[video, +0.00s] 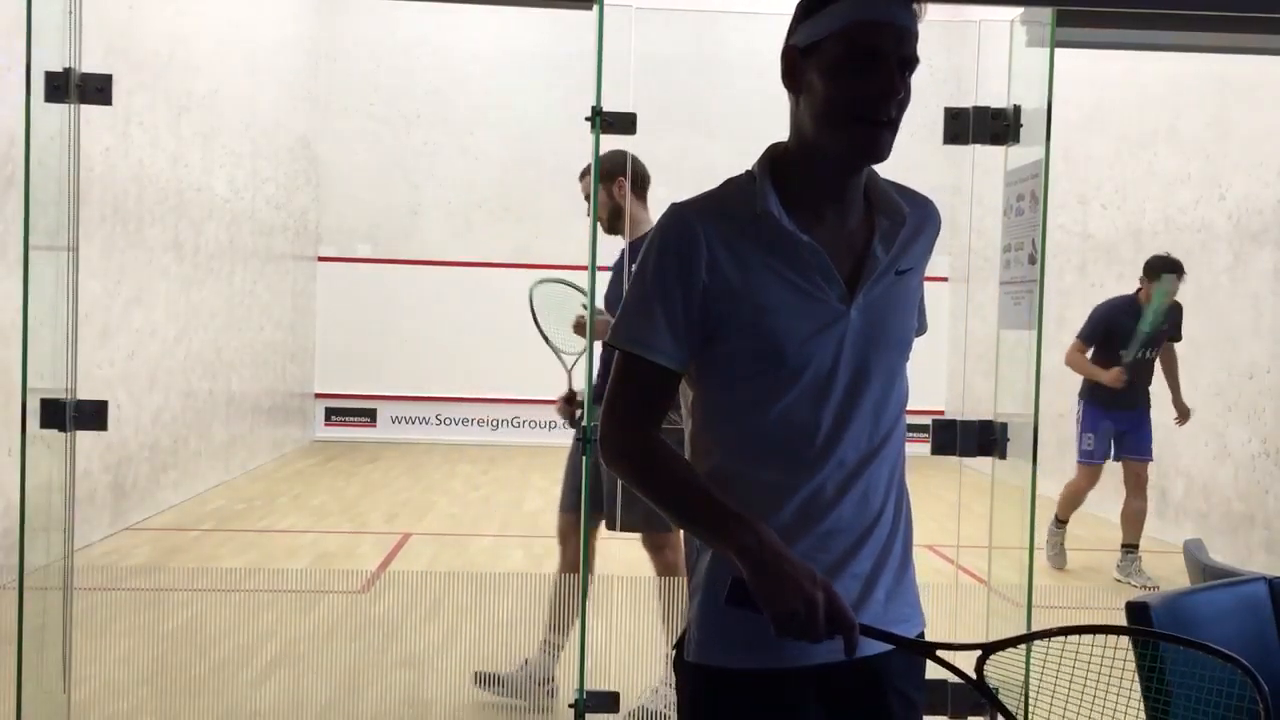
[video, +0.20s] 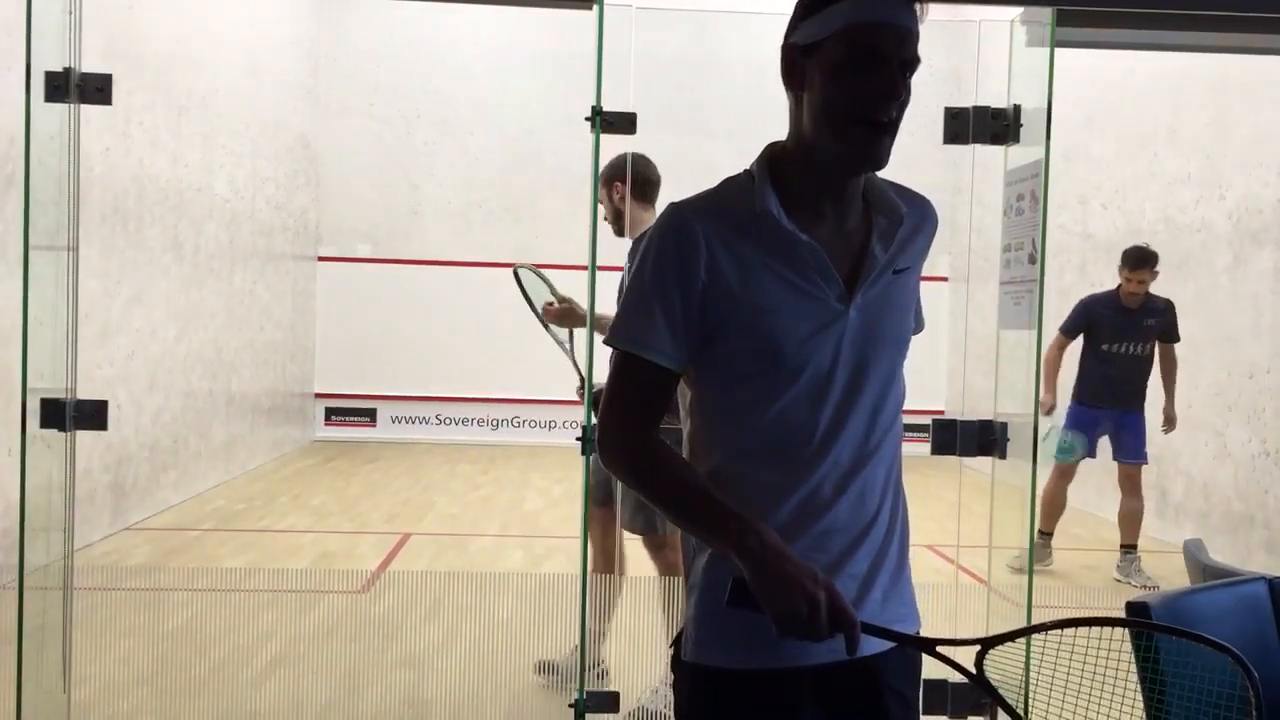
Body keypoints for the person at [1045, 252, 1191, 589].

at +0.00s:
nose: (1170, 296)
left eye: (1174, 289)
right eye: (1164, 289)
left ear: (1176, 289)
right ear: (1144, 284)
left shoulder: (1171, 312)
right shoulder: (1111, 311)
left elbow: (1167, 351)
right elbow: (1072, 357)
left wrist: (1177, 398)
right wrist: (1102, 374)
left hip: (1136, 407)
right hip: (1098, 405)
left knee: (1137, 482)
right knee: (1087, 478)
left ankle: (1128, 561)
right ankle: (1056, 529)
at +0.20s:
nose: (1137, 288)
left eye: (1144, 282)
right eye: (1132, 280)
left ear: (1153, 278)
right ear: (1120, 274)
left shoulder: (1162, 312)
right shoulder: (1092, 307)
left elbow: (1167, 355)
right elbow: (1055, 348)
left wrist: (1169, 402)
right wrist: (1049, 392)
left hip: (1130, 411)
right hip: (1086, 407)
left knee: (1132, 482)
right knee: (1062, 472)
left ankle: (1128, 561)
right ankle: (1041, 547)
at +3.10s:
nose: (765, 270)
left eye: (766, 265)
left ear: (768, 270)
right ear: (797, 268)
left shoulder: (766, 303)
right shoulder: (820, 294)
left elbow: (751, 348)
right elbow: (867, 279)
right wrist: (891, 244)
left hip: (807, 398)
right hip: (841, 393)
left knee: (770, 467)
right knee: (840, 466)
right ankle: (866, 541)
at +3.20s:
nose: (743, 267)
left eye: (745, 263)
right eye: (745, 263)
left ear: (752, 267)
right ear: (780, 268)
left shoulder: (742, 302)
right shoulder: (801, 296)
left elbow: (725, 355)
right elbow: (853, 284)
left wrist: (712, 396)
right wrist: (869, 247)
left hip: (771, 402)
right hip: (810, 399)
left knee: (742, 469)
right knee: (823, 468)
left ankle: (726, 547)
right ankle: (857, 540)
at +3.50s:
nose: (701, 242)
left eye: (706, 237)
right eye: (704, 236)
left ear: (720, 244)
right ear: (733, 246)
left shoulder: (704, 278)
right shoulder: (762, 277)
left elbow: (704, 329)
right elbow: (812, 295)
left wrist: (687, 365)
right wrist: (795, 305)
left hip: (717, 382)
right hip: (754, 384)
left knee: (695, 465)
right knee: (732, 466)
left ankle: (678, 544)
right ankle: (721, 546)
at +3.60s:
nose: (687, 248)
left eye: (693, 243)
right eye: (690, 242)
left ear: (708, 252)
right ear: (719, 255)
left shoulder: (692, 290)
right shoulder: (746, 290)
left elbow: (691, 344)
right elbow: (791, 328)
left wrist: (670, 378)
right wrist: (772, 349)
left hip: (699, 396)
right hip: (735, 397)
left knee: (666, 470)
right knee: (718, 477)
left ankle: (646, 550)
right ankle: (714, 555)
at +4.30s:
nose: (660, 282)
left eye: (661, 278)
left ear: (662, 283)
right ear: (695, 286)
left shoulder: (633, 318)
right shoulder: (702, 323)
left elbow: (608, 367)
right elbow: (712, 374)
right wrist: (739, 416)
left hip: (633, 433)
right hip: (685, 436)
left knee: (601, 504)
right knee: (729, 511)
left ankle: (588, 592)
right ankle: (764, 596)